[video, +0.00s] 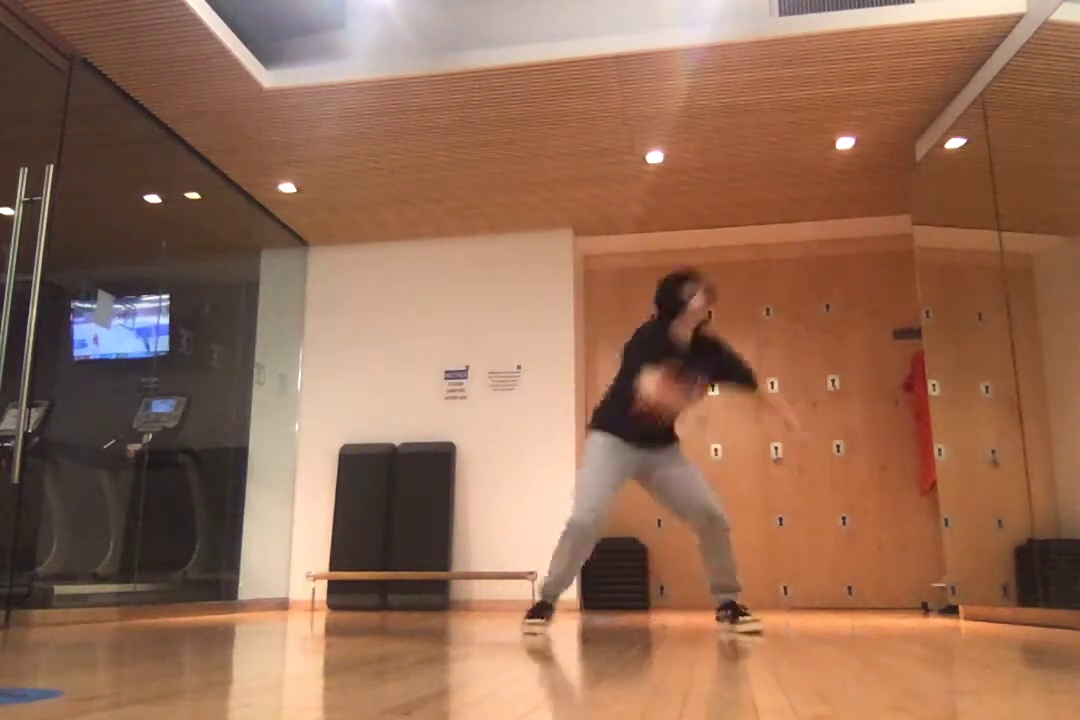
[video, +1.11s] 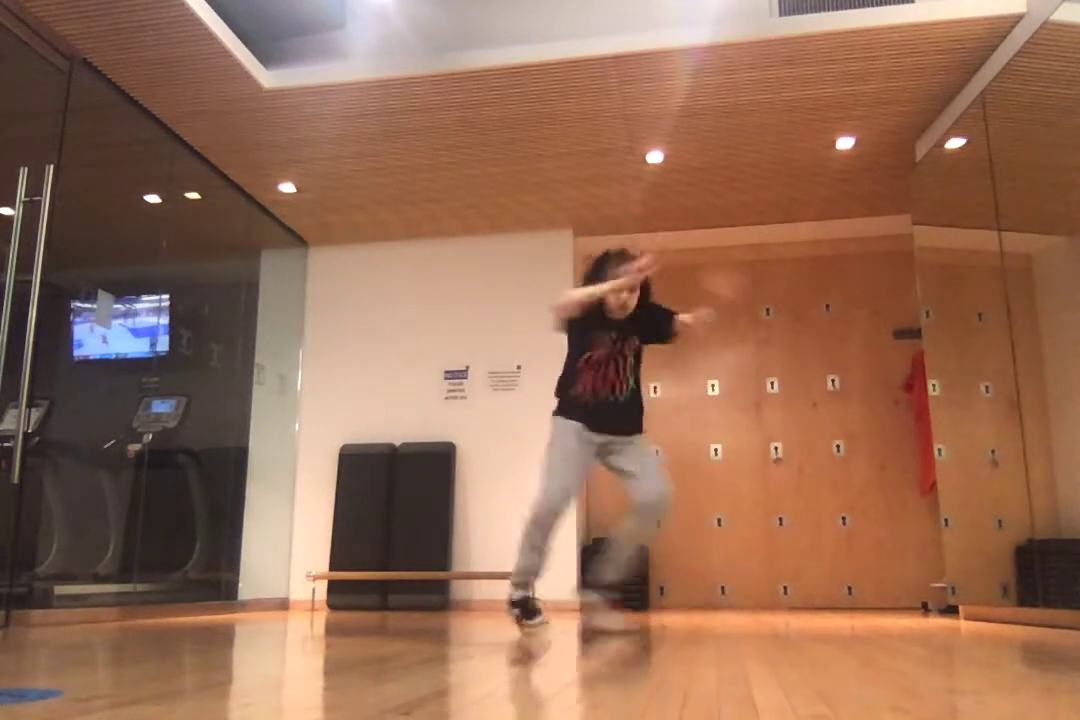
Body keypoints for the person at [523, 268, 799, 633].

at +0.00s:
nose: (705, 301)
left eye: (706, 295)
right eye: (696, 295)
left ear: (707, 303)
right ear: (676, 301)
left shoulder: (707, 348)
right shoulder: (648, 339)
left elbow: (750, 384)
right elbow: (649, 389)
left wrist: (784, 415)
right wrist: (691, 397)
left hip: (660, 447)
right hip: (613, 441)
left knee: (711, 518)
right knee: (585, 519)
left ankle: (728, 606)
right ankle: (545, 603)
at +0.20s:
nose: (696, 264)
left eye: (697, 258)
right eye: (692, 256)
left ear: (665, 253)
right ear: (675, 253)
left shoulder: (670, 296)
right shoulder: (659, 284)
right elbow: (657, 272)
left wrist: (694, 309)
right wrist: (694, 284)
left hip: (679, 415)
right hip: (647, 407)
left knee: (705, 511)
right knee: (602, 498)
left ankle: (726, 602)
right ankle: (539, 583)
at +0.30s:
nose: (689, 258)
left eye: (686, 252)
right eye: (683, 251)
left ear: (653, 256)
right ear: (662, 256)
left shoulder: (657, 304)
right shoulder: (655, 291)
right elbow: (662, 263)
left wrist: (688, 295)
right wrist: (697, 281)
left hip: (684, 415)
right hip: (653, 409)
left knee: (707, 510)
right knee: (614, 504)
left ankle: (725, 604)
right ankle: (544, 581)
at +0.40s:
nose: (690, 253)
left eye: (686, 244)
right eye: (683, 244)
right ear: (663, 253)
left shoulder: (674, 297)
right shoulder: (655, 288)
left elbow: (700, 277)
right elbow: (664, 249)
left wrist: (690, 279)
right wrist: (692, 269)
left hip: (687, 415)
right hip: (657, 406)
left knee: (710, 509)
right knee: (615, 503)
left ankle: (725, 603)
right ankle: (548, 580)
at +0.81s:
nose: (642, 256)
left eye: (640, 250)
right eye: (634, 250)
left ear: (629, 262)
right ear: (617, 259)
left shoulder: (652, 298)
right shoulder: (619, 295)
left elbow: (682, 288)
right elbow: (655, 246)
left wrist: (675, 248)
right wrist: (656, 216)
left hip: (693, 406)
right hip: (661, 404)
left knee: (712, 505)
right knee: (626, 499)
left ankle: (721, 600)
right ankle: (553, 577)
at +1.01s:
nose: (623, 280)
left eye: (630, 273)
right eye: (615, 270)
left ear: (634, 274)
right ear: (597, 270)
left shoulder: (622, 307)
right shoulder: (588, 302)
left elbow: (662, 316)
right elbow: (648, 312)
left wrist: (670, 261)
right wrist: (651, 255)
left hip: (642, 422)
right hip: (602, 421)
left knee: (692, 498)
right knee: (585, 512)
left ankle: (699, 594)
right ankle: (535, 593)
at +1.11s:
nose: (627, 298)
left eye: (634, 290)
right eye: (619, 289)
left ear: (640, 289)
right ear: (600, 288)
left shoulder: (643, 317)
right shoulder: (582, 315)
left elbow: (677, 325)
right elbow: (562, 306)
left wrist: (693, 320)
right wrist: (614, 283)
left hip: (624, 434)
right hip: (575, 428)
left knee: (655, 497)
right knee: (551, 502)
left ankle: (603, 585)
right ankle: (522, 590)